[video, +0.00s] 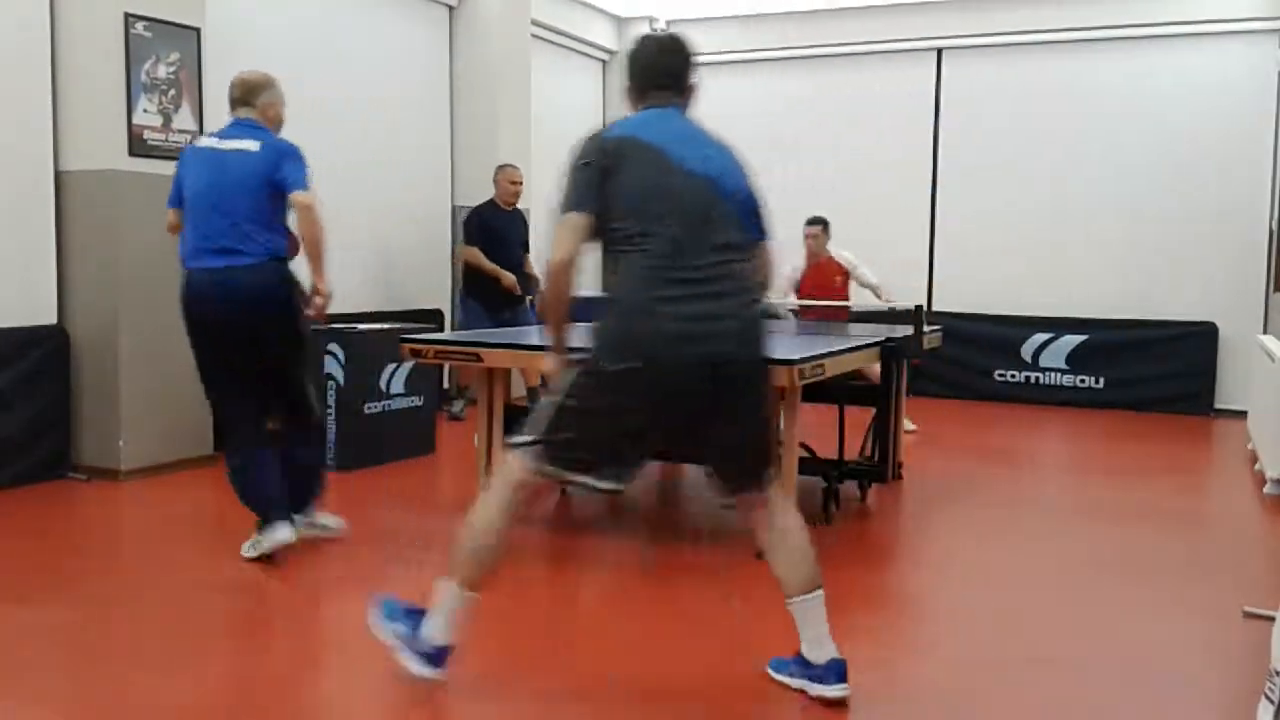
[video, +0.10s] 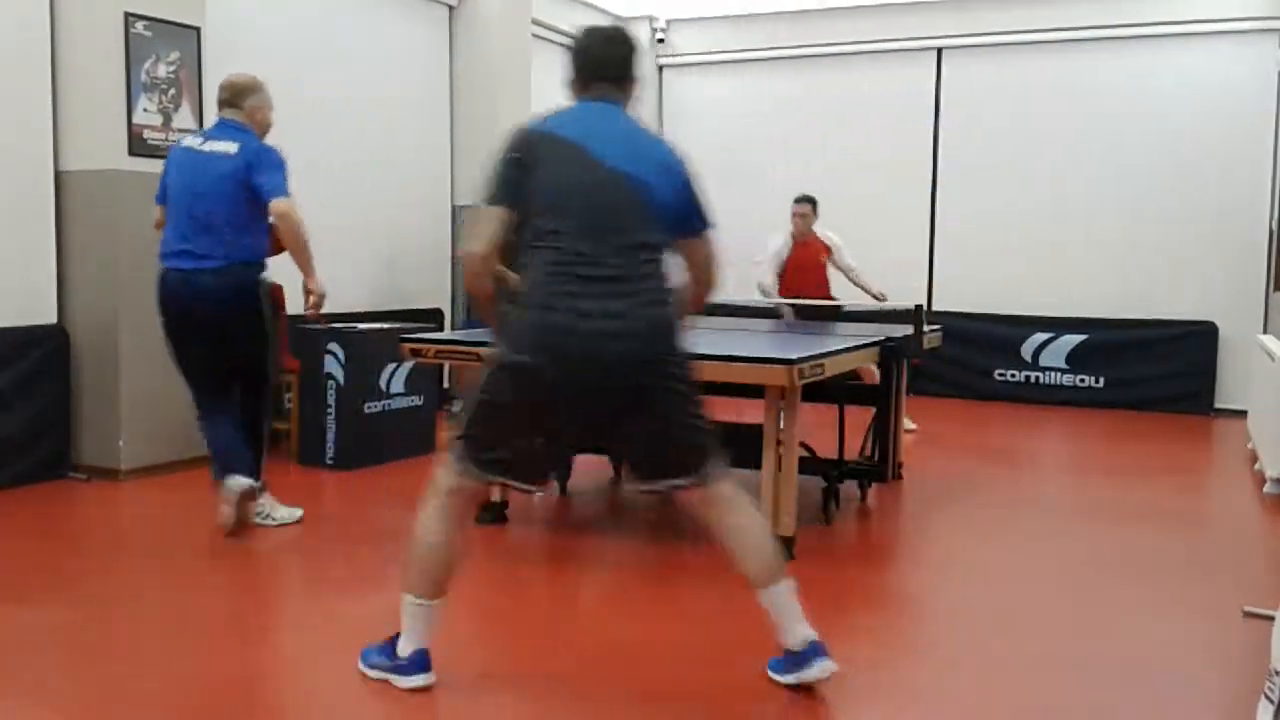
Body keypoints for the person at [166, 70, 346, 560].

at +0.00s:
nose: (282, 119)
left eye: (281, 112)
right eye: (280, 112)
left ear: (235, 108)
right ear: (269, 110)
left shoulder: (194, 151)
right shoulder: (281, 151)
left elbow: (175, 220)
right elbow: (305, 209)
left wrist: (213, 248)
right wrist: (319, 279)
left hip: (203, 288)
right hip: (264, 284)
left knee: (232, 402)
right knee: (297, 395)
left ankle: (271, 517)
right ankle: (302, 504)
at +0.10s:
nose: (269, 122)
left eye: (269, 114)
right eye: (267, 114)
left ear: (222, 109)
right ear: (255, 112)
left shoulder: (181, 149)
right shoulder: (259, 152)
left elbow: (162, 220)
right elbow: (281, 212)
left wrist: (219, 231)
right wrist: (309, 273)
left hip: (179, 285)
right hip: (236, 286)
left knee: (209, 388)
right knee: (251, 385)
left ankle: (233, 476)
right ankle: (251, 492)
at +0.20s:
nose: (253, 131)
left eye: (252, 122)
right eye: (248, 122)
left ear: (207, 123)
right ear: (229, 124)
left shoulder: (163, 163)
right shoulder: (235, 172)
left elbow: (142, 230)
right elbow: (274, 242)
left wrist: (207, 243)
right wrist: (307, 289)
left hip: (153, 292)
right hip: (208, 294)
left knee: (180, 389)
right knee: (243, 393)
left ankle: (169, 471)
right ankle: (245, 498)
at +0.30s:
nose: (227, 136)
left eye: (226, 127)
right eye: (223, 127)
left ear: (185, 124)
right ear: (203, 125)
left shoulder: (141, 161)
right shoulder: (195, 172)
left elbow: (135, 224)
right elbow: (230, 246)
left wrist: (200, 255)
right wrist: (273, 280)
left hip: (124, 288)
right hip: (168, 292)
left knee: (146, 388)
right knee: (224, 392)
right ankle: (244, 498)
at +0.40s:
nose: (191, 143)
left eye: (192, 134)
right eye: (188, 134)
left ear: (156, 132)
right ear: (167, 133)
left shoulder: (124, 169)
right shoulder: (152, 177)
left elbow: (123, 245)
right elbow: (161, 247)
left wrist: (164, 286)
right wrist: (219, 268)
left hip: (102, 292)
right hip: (126, 294)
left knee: (105, 395)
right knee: (188, 389)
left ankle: (52, 482)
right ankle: (233, 494)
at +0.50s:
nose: (168, 144)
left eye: (168, 136)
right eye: (162, 136)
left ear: (139, 137)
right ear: (138, 135)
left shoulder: (131, 179)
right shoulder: (109, 176)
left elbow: (117, 250)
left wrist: (135, 301)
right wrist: (158, 275)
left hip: (103, 295)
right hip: (85, 294)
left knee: (108, 392)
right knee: (151, 383)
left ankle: (54, 484)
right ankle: (192, 474)